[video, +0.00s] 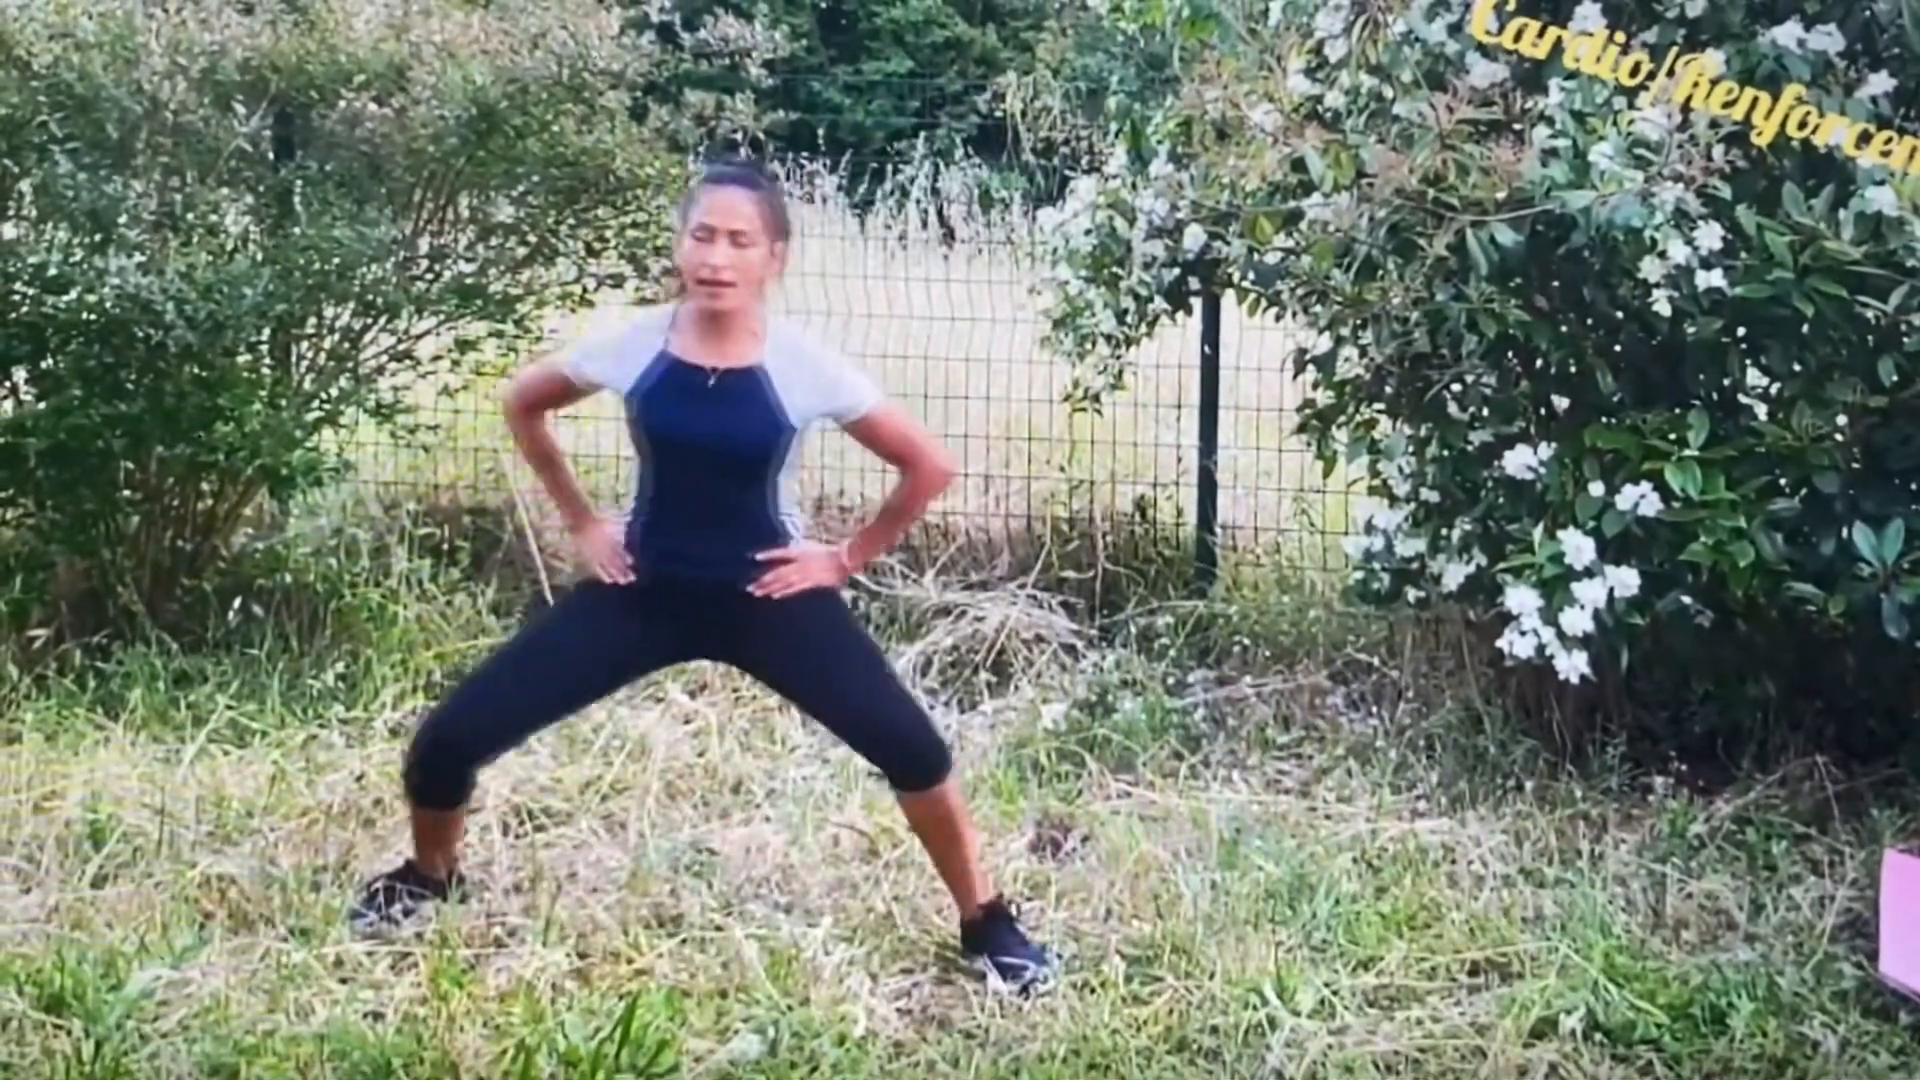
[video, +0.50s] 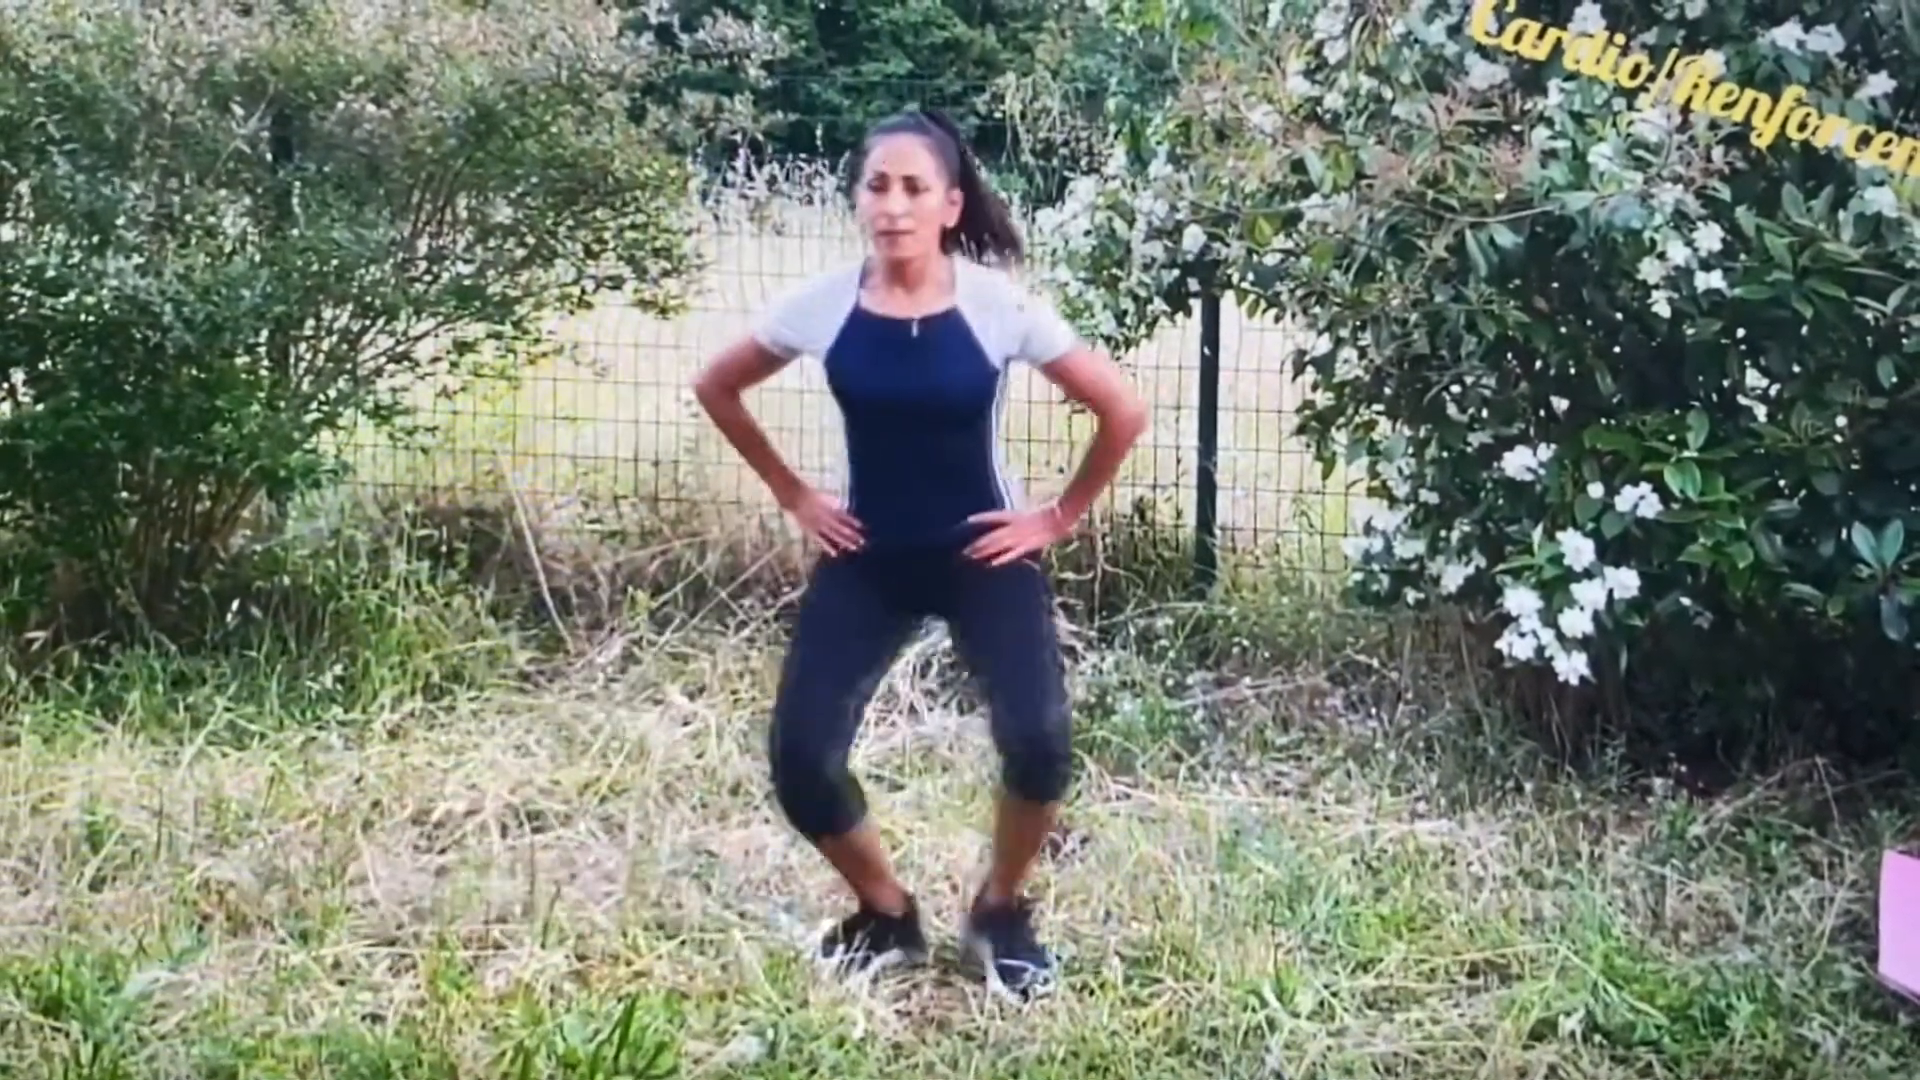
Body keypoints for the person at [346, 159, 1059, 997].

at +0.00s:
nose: (714, 254)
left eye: (737, 240)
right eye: (701, 235)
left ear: (774, 260)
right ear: (677, 248)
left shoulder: (803, 365)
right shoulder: (630, 344)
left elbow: (929, 466)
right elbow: (522, 404)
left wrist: (849, 559)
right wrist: (583, 522)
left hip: (771, 603)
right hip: (642, 598)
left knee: (913, 747)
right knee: (444, 741)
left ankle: (985, 921)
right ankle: (428, 879)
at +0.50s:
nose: (891, 205)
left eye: (913, 188)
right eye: (877, 187)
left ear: (952, 208)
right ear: (858, 203)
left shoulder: (997, 304)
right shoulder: (829, 302)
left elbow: (1124, 413)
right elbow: (715, 385)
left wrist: (1059, 517)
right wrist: (796, 495)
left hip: (986, 559)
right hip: (867, 564)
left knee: (1040, 742)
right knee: (800, 763)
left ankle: (1002, 912)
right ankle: (886, 914)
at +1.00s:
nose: (1056, 258)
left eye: (1077, 237)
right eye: (1041, 239)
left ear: (1122, 255)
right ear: (1026, 255)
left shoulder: (1177, 352)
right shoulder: (1011, 361)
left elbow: (1316, 443)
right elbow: (895, 454)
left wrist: (1250, 558)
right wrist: (980, 553)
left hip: (1181, 611)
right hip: (1054, 613)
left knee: (1360, 770)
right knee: (896, 767)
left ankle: (1413, 927)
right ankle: (888, 917)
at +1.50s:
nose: (1033, 235)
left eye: (1055, 214)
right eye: (1023, 217)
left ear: (1106, 232)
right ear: (1008, 234)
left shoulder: (1163, 333)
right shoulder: (998, 339)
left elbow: (1301, 427)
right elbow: (894, 428)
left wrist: (1237, 540)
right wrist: (969, 523)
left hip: (1162, 590)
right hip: (1036, 591)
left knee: (1309, 762)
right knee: (890, 754)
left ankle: (1408, 923)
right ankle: (885, 912)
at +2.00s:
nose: (907, 171)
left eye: (930, 154)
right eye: (897, 154)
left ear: (979, 174)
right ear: (882, 171)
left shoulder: (1017, 288)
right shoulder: (854, 262)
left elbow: (1125, 423)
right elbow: (732, 309)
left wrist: (1041, 506)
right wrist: (790, 427)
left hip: (963, 536)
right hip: (844, 509)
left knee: (975, 742)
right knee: (676, 639)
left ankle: (965, 914)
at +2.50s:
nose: (687, 243)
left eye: (710, 227)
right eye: (675, 224)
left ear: (754, 249)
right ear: (656, 241)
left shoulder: (789, 349)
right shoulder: (615, 333)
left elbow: (916, 452)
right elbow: (506, 409)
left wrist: (841, 545)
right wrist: (582, 517)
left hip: (767, 592)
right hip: (640, 586)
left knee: (889, 741)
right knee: (442, 718)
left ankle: (967, 919)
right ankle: (418, 867)